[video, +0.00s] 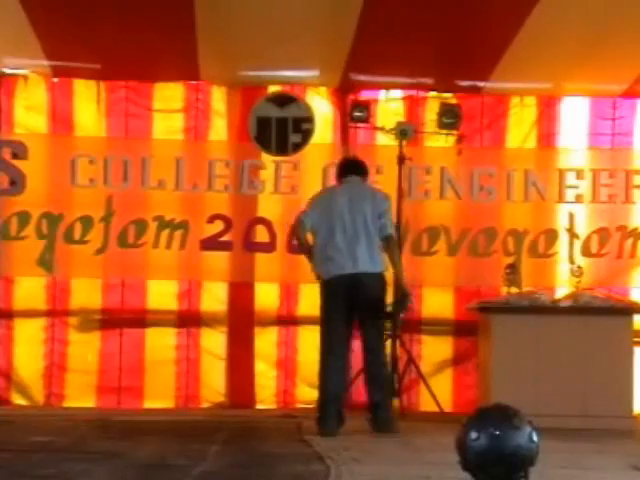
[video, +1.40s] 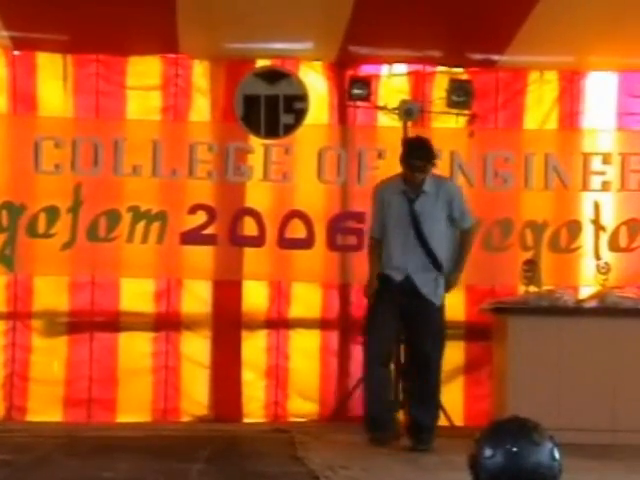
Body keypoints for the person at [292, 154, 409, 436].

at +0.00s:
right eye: (362, 176)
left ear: (338, 177)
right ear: (365, 176)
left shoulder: (325, 197)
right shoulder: (378, 198)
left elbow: (298, 228)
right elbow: (389, 239)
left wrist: (312, 254)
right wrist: (400, 281)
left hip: (335, 281)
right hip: (371, 279)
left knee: (334, 350)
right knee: (375, 349)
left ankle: (330, 418)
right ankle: (382, 416)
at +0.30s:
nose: (358, 176)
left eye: (358, 170)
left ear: (361, 166)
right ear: (387, 161)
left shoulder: (356, 184)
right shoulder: (412, 184)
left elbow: (349, 223)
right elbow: (429, 223)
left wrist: (349, 243)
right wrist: (417, 250)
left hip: (369, 272)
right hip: (408, 272)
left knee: (357, 355)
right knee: (404, 353)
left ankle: (350, 429)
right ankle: (405, 432)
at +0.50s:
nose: (351, 184)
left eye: (350, 177)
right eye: (348, 178)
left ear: (357, 169)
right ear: (372, 162)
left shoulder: (380, 185)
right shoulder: (395, 186)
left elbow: (399, 216)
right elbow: (416, 230)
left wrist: (370, 259)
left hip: (388, 274)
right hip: (412, 273)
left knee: (357, 353)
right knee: (399, 355)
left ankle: (345, 424)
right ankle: (398, 429)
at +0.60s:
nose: (353, 181)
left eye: (354, 173)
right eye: (349, 175)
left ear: (368, 165)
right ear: (362, 170)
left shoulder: (395, 185)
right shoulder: (378, 194)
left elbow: (422, 221)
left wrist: (395, 258)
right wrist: (386, 263)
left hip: (402, 285)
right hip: (393, 285)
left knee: (361, 353)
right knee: (392, 358)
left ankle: (356, 424)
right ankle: (399, 430)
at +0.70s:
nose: (361, 176)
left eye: (364, 169)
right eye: (358, 170)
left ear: (379, 163)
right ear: (361, 169)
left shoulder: (408, 185)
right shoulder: (376, 194)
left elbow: (440, 223)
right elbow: (373, 225)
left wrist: (417, 263)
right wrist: (360, 245)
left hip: (409, 285)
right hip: (387, 283)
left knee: (389, 354)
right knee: (378, 354)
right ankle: (397, 425)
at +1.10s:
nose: (408, 174)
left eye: (414, 167)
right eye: (403, 167)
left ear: (424, 164)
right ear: (395, 165)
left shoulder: (444, 193)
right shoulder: (380, 195)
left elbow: (461, 235)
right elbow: (369, 240)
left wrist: (453, 272)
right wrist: (362, 280)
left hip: (425, 285)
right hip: (386, 282)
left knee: (424, 362)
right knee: (357, 344)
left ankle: (421, 433)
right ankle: (351, 415)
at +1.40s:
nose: (416, 177)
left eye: (422, 170)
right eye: (412, 170)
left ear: (431, 167)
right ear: (402, 165)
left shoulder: (447, 191)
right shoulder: (385, 191)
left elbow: (468, 228)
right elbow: (376, 237)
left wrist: (456, 270)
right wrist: (374, 276)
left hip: (427, 285)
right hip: (389, 283)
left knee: (425, 360)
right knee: (377, 354)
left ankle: (422, 430)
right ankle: (380, 425)